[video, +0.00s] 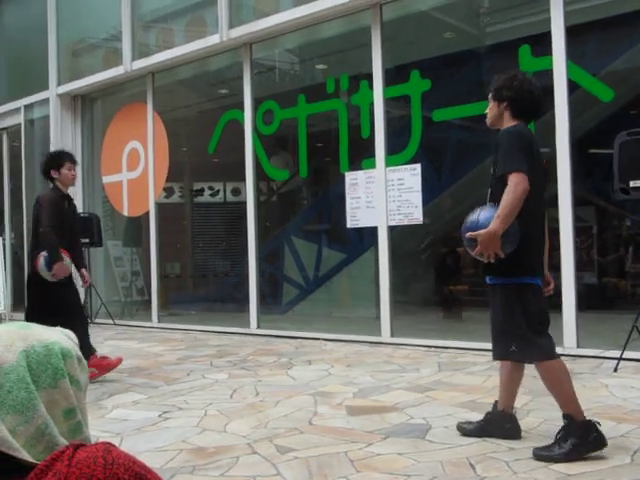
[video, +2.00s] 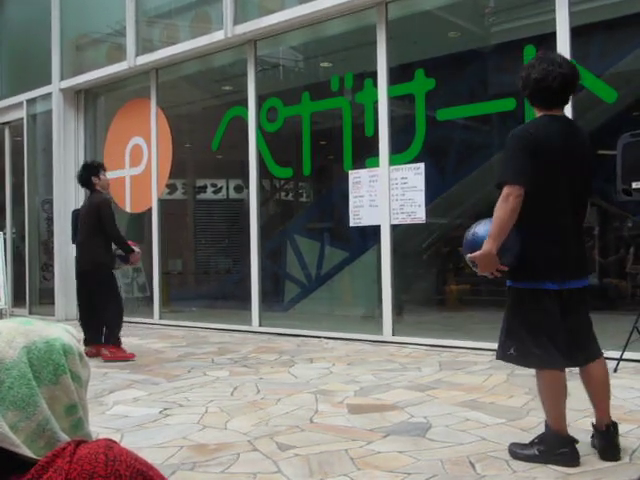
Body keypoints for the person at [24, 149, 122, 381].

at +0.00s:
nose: (74, 174)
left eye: (74, 169)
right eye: (69, 169)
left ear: (72, 172)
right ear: (54, 173)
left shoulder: (66, 200)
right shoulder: (48, 198)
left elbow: (73, 237)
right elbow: (46, 233)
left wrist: (81, 266)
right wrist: (57, 260)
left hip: (57, 267)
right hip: (49, 268)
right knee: (74, 313)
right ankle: (89, 357)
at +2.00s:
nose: (108, 179)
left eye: (106, 175)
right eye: (104, 175)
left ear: (91, 182)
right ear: (95, 180)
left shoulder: (87, 204)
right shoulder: (103, 201)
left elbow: (95, 238)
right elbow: (112, 231)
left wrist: (123, 248)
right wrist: (129, 251)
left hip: (84, 263)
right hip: (99, 263)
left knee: (91, 303)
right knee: (114, 303)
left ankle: (93, 344)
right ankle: (113, 345)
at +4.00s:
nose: (69, 196)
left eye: (71, 192)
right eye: (65, 193)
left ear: (73, 193)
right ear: (56, 196)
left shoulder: (84, 215)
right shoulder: (52, 219)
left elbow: (91, 241)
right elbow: (53, 245)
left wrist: (95, 263)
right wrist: (64, 263)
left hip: (85, 264)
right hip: (64, 266)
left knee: (84, 302)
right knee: (67, 303)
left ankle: (85, 336)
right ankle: (68, 337)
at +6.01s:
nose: (115, 194)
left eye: (115, 190)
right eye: (112, 190)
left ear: (103, 195)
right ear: (101, 194)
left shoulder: (97, 211)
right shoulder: (102, 212)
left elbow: (99, 240)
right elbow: (105, 238)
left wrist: (112, 254)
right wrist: (112, 260)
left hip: (95, 263)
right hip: (101, 263)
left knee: (101, 299)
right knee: (123, 295)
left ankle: (91, 335)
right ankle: (123, 332)